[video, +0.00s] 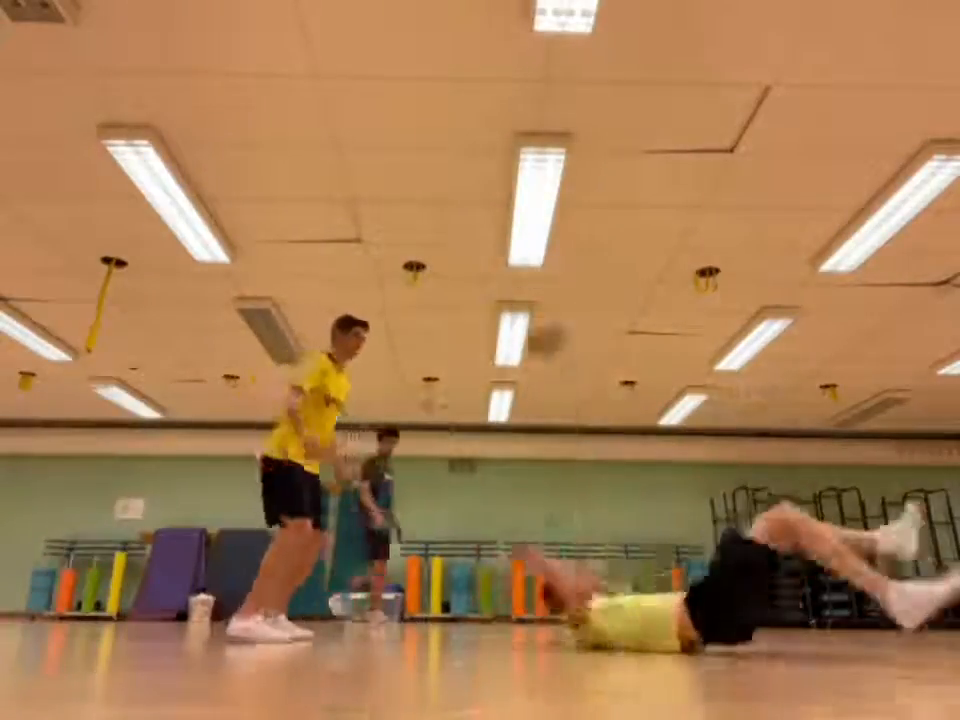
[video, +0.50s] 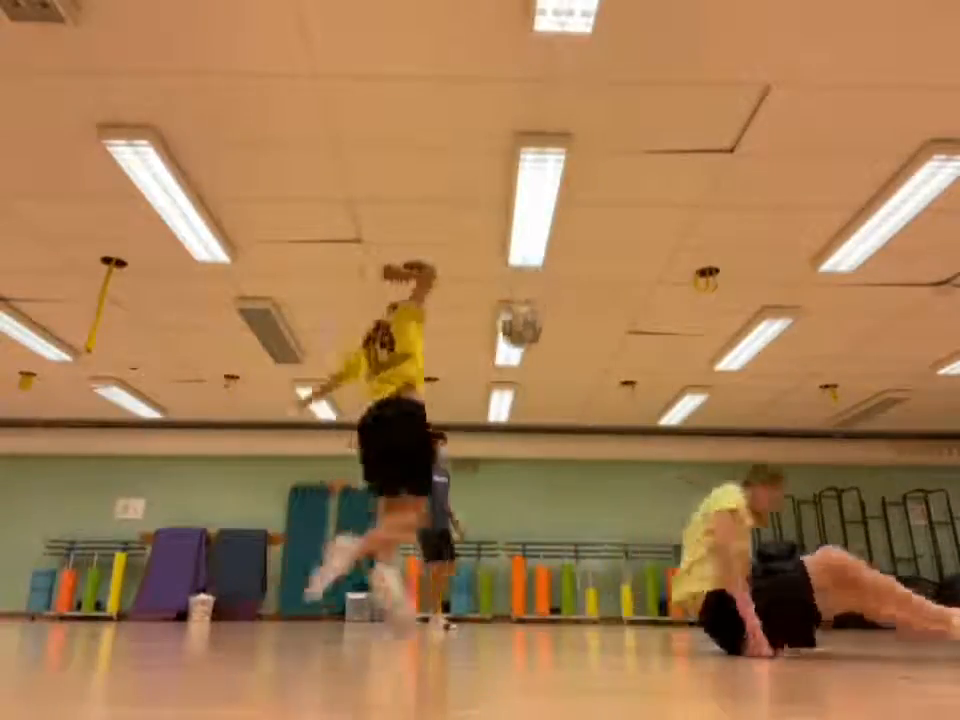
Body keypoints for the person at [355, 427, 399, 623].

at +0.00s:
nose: (390, 448)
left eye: (393, 443)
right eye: (387, 443)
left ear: (394, 445)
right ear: (380, 442)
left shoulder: (387, 467)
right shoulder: (372, 465)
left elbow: (388, 501)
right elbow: (365, 492)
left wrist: (395, 522)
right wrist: (375, 513)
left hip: (383, 519)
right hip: (374, 519)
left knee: (380, 564)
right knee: (378, 565)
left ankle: (376, 607)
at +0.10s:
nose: (399, 448)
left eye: (402, 443)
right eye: (396, 443)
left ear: (405, 446)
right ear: (389, 443)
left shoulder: (401, 469)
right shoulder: (379, 467)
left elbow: (400, 502)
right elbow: (370, 492)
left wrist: (412, 522)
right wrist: (374, 513)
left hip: (396, 518)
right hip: (385, 518)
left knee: (388, 564)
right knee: (392, 562)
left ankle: (378, 605)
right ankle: (374, 604)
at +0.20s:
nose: (409, 451)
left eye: (412, 446)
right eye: (406, 446)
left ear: (415, 448)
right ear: (399, 446)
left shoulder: (413, 472)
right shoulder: (390, 467)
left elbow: (413, 504)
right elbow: (377, 488)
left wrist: (430, 522)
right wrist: (379, 513)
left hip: (405, 526)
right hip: (391, 525)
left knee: (402, 569)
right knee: (405, 567)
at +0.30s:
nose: (418, 451)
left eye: (422, 447)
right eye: (415, 446)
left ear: (425, 449)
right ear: (409, 447)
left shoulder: (424, 474)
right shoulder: (400, 469)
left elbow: (426, 504)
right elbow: (388, 494)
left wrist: (442, 523)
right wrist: (384, 522)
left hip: (418, 527)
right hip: (404, 526)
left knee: (420, 567)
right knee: (411, 567)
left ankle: (419, 609)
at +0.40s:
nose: (428, 451)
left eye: (431, 446)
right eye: (424, 446)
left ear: (434, 449)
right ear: (418, 448)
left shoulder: (435, 474)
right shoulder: (410, 470)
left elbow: (437, 503)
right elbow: (399, 495)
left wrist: (451, 523)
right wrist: (393, 522)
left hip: (431, 528)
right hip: (418, 527)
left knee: (430, 570)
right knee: (428, 570)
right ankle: (434, 612)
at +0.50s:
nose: (443, 451)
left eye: (443, 445)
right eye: (439, 446)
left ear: (443, 448)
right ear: (432, 448)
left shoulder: (443, 473)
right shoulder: (426, 471)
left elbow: (444, 502)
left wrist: (456, 523)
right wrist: (419, 522)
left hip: (442, 524)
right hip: (429, 524)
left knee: (445, 567)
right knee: (436, 567)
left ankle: (436, 609)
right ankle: (435, 611)